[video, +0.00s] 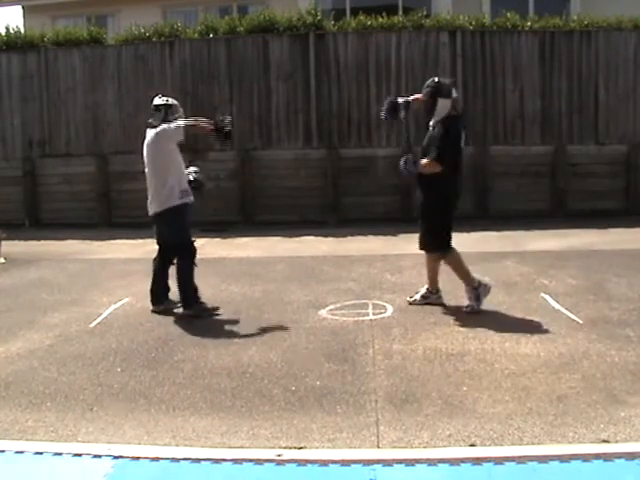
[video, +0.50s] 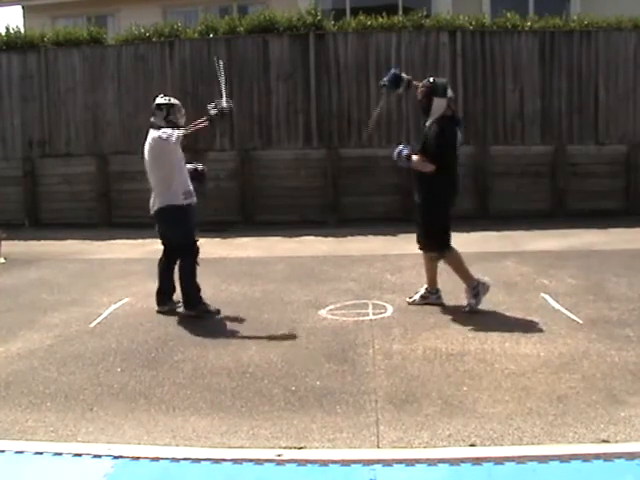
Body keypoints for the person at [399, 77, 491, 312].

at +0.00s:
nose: (422, 100)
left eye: (426, 97)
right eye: (424, 97)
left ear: (437, 101)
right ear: (443, 101)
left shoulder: (443, 127)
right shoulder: (446, 120)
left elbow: (438, 164)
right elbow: (426, 98)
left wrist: (414, 165)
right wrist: (403, 102)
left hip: (441, 193)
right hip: (435, 191)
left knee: (439, 243)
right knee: (432, 242)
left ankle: (474, 286)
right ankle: (432, 289)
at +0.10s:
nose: (423, 101)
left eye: (427, 98)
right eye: (424, 97)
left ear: (438, 100)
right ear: (443, 100)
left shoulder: (443, 127)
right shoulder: (445, 117)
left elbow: (428, 164)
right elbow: (426, 94)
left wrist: (408, 155)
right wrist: (402, 97)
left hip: (439, 193)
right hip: (433, 191)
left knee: (435, 243)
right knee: (428, 241)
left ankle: (472, 285)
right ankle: (432, 289)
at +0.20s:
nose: (419, 96)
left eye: (423, 93)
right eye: (421, 92)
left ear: (434, 99)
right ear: (440, 100)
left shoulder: (437, 126)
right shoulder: (445, 118)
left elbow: (418, 162)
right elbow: (426, 91)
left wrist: (406, 146)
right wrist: (402, 88)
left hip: (436, 194)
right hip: (433, 191)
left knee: (433, 243)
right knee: (428, 241)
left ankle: (469, 284)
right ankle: (431, 289)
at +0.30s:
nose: (419, 95)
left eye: (423, 92)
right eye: (421, 90)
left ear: (433, 99)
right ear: (439, 99)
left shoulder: (436, 126)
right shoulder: (445, 118)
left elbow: (418, 162)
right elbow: (428, 89)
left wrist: (406, 146)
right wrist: (403, 85)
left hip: (436, 193)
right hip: (432, 191)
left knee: (433, 243)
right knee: (427, 241)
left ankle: (468, 284)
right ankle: (431, 289)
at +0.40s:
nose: (419, 96)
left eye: (423, 93)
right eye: (421, 92)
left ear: (434, 100)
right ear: (440, 101)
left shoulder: (435, 126)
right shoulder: (445, 117)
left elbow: (421, 162)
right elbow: (427, 88)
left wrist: (404, 149)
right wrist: (403, 83)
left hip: (436, 193)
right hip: (433, 189)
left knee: (434, 243)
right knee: (427, 241)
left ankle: (470, 284)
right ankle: (431, 289)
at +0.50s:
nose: (419, 100)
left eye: (423, 96)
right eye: (420, 96)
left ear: (433, 100)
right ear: (440, 100)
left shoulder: (439, 127)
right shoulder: (443, 120)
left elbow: (430, 164)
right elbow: (429, 93)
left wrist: (407, 158)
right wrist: (407, 82)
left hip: (436, 194)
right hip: (431, 192)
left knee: (439, 243)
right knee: (428, 241)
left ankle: (474, 285)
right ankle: (431, 289)